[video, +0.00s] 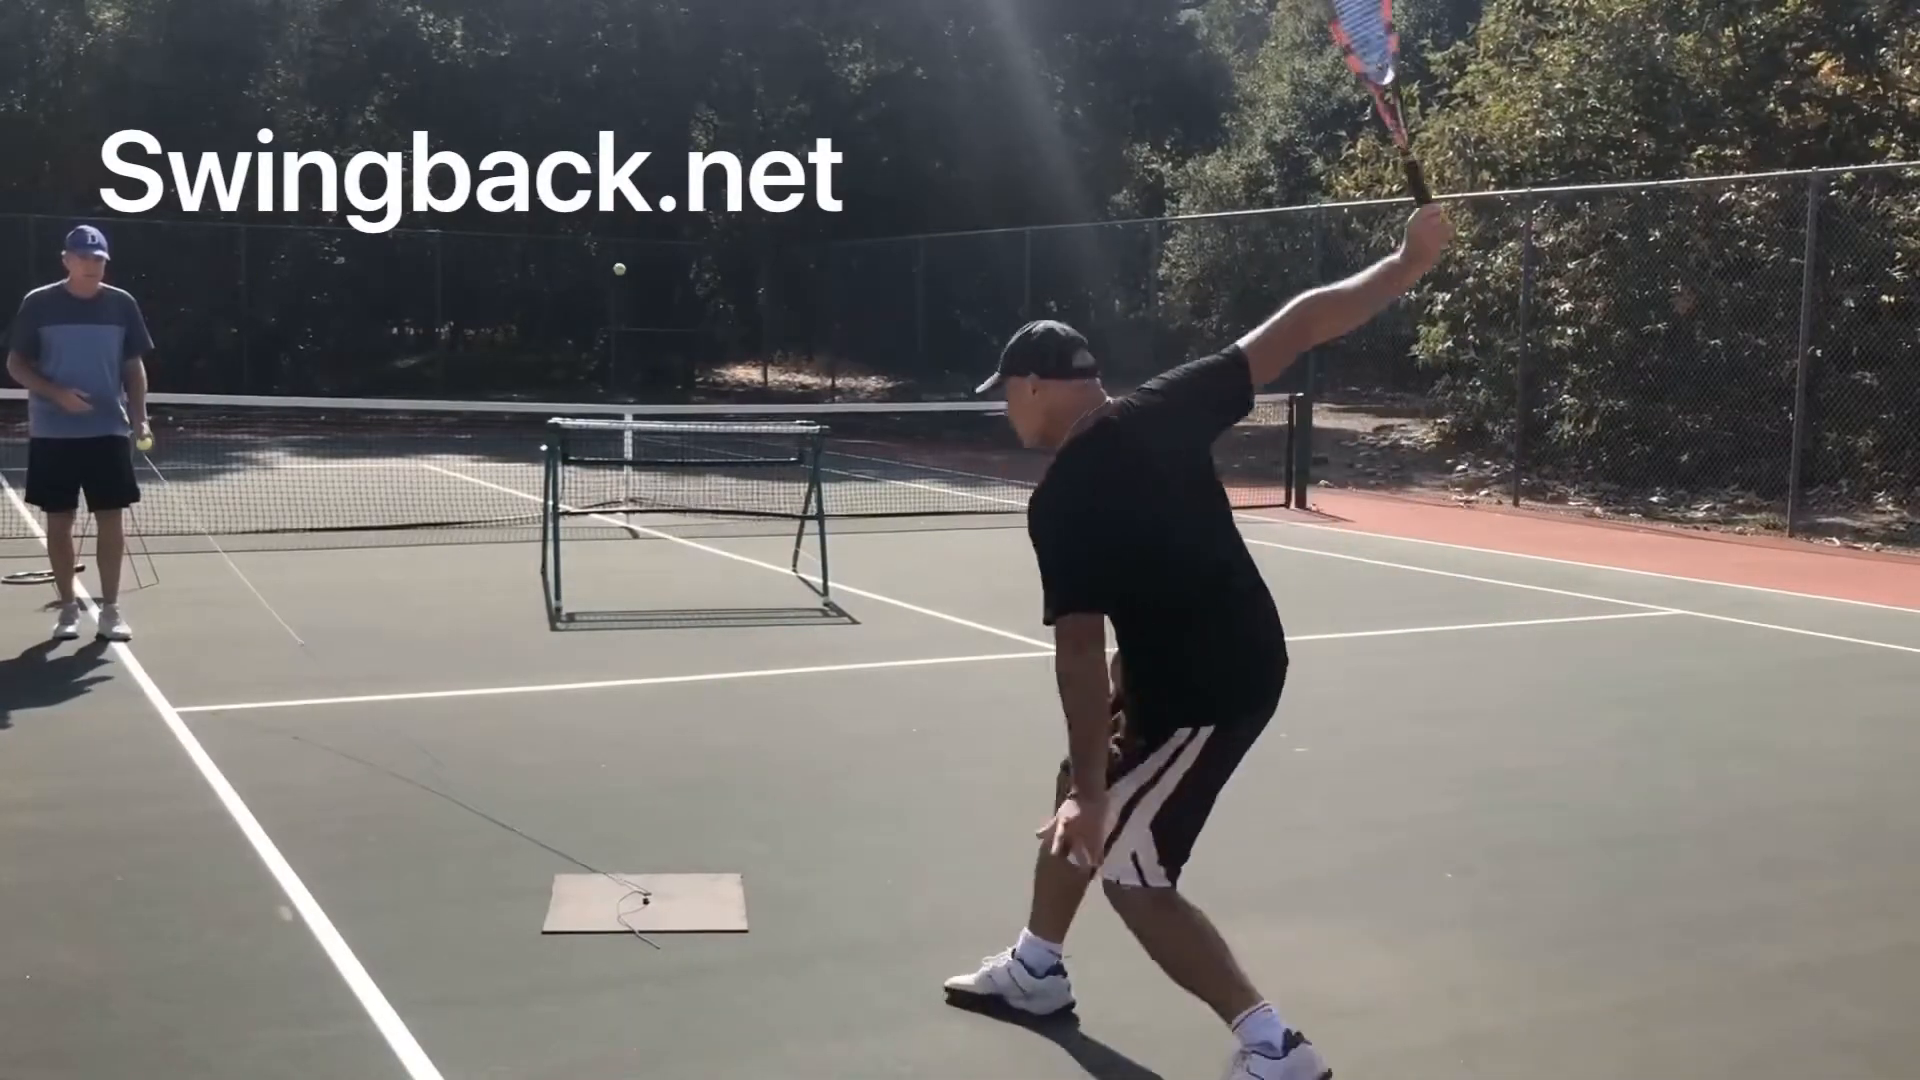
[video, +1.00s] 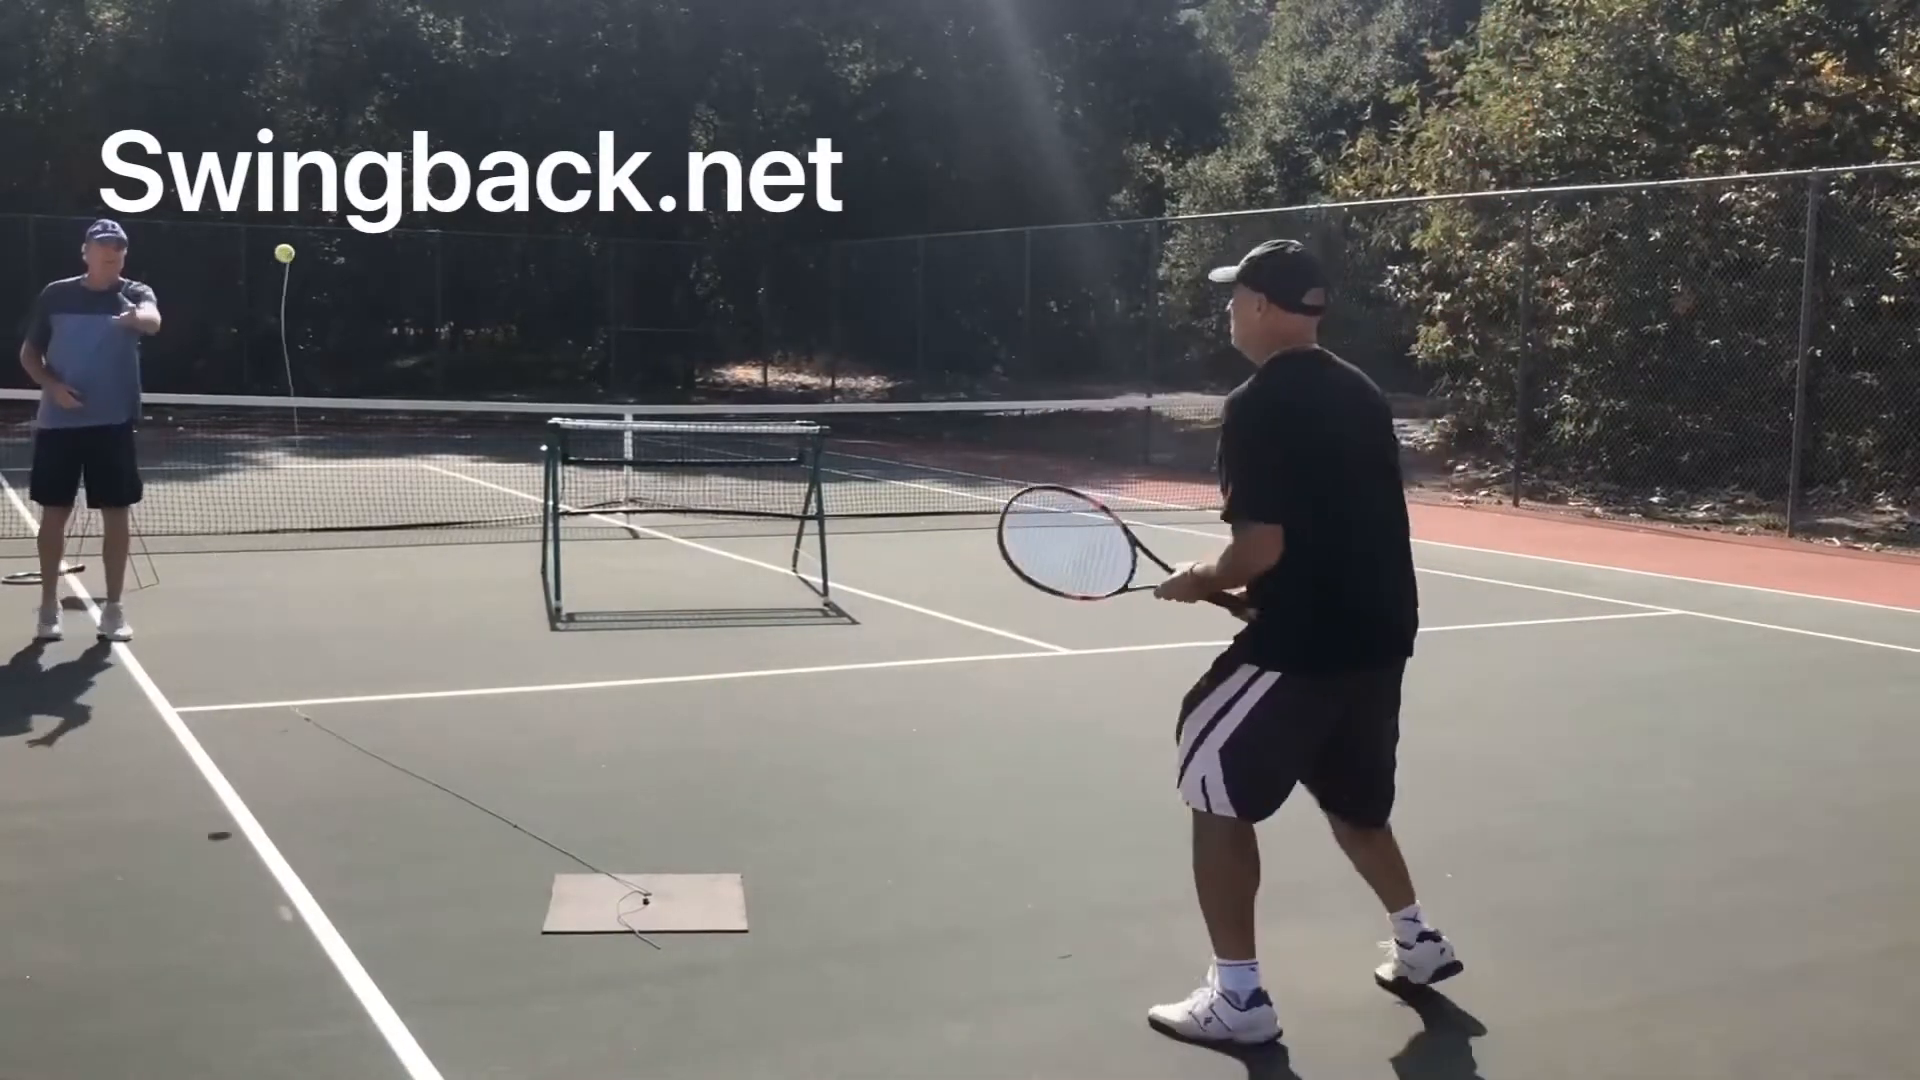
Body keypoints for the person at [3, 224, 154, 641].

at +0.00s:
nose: (91, 267)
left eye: (97, 260)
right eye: (83, 259)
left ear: (106, 263)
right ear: (66, 259)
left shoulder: (121, 304)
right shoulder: (38, 303)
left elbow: (134, 364)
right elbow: (16, 363)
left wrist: (139, 417)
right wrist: (56, 393)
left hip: (108, 435)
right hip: (53, 437)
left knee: (110, 519)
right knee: (59, 521)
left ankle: (110, 609)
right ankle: (69, 607)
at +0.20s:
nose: (97, 270)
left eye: (103, 262)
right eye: (90, 261)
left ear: (111, 265)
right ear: (70, 261)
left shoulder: (125, 306)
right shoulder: (41, 303)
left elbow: (134, 369)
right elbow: (17, 363)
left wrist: (138, 424)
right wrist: (58, 395)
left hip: (108, 435)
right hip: (54, 438)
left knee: (111, 519)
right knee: (59, 521)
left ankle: (110, 609)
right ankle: (68, 607)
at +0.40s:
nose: (102, 271)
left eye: (108, 264)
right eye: (94, 263)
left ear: (117, 268)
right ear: (76, 264)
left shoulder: (131, 312)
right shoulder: (45, 305)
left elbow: (139, 375)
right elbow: (18, 362)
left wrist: (139, 431)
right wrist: (54, 397)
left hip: (108, 438)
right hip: (54, 439)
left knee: (114, 520)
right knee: (59, 521)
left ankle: (111, 609)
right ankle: (68, 606)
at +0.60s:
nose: (103, 263)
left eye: (109, 256)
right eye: (95, 256)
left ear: (117, 260)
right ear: (79, 258)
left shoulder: (135, 304)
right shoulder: (49, 301)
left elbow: (158, 348)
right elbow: (23, 357)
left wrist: (169, 369)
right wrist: (54, 393)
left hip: (112, 435)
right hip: (58, 435)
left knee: (114, 520)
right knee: (60, 520)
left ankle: (110, 609)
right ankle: (68, 607)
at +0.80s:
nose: (108, 248)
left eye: (115, 241)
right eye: (101, 240)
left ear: (123, 249)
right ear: (84, 247)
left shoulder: (135, 288)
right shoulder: (55, 292)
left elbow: (154, 305)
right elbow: (29, 351)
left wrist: (168, 304)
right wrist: (55, 384)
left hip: (113, 423)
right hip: (60, 424)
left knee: (115, 513)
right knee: (60, 513)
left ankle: (113, 608)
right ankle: (65, 605)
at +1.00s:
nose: (114, 254)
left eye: (118, 247)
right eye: (105, 246)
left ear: (126, 254)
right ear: (86, 251)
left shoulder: (137, 293)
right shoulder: (56, 294)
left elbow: (152, 318)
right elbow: (28, 353)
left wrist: (135, 317)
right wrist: (52, 385)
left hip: (114, 426)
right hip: (60, 427)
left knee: (117, 516)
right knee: (54, 514)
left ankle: (113, 608)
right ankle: (48, 606)